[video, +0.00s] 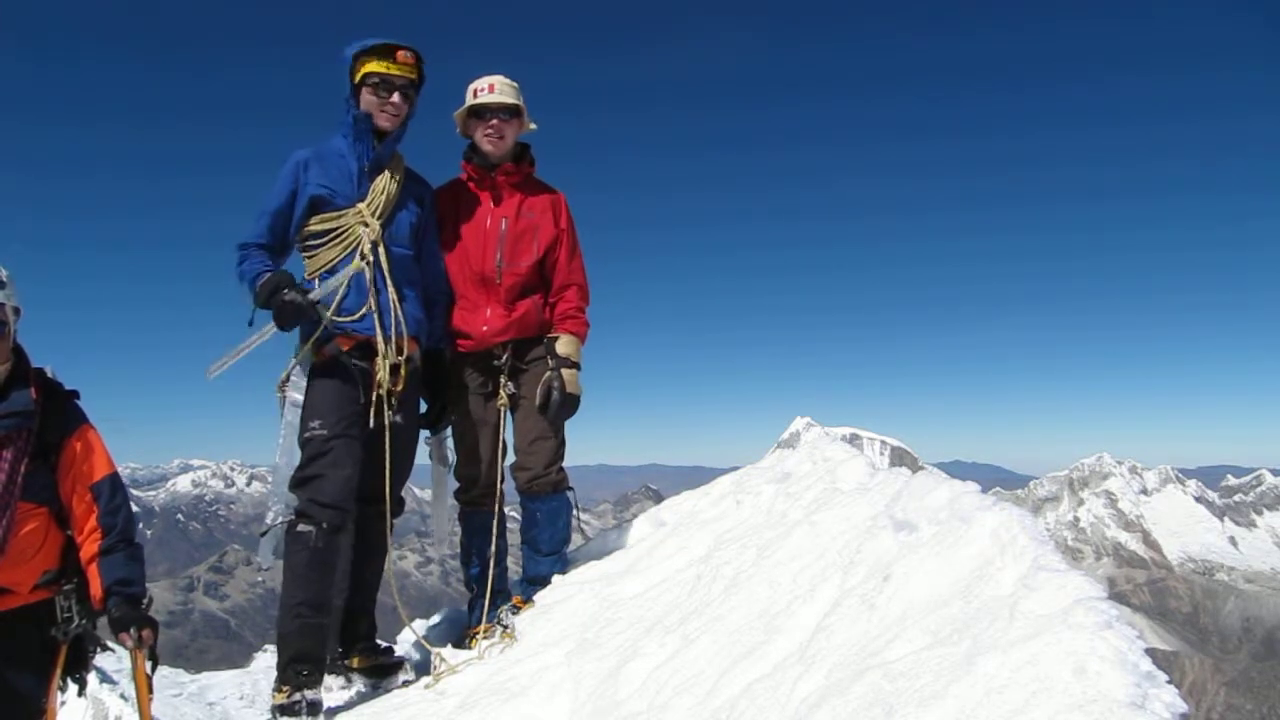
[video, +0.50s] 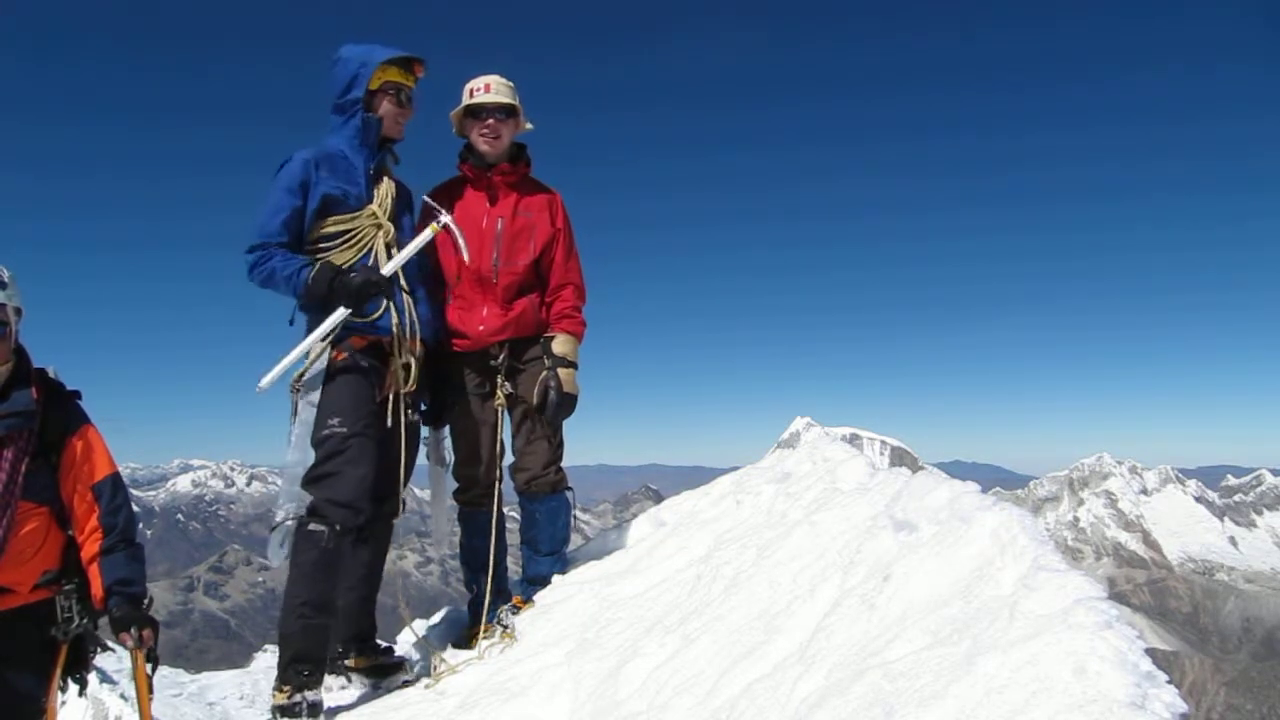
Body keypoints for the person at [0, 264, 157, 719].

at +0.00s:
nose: (0, 334)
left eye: (2, 320)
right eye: (1, 320)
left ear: (13, 323)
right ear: (8, 323)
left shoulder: (48, 410)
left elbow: (101, 508)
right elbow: (101, 508)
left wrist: (121, 597)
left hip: (25, 620)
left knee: (20, 706)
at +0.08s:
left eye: (1, 321)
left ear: (13, 324)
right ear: (7, 324)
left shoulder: (49, 411)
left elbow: (101, 509)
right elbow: (102, 509)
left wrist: (121, 597)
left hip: (24, 620)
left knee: (19, 706)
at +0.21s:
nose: (0, 334)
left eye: (2, 320)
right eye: (1, 320)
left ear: (14, 323)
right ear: (8, 323)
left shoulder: (50, 411)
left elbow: (102, 510)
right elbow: (103, 510)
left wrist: (122, 598)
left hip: (25, 620)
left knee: (20, 706)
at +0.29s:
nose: (0, 333)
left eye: (2, 320)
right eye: (1, 320)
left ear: (14, 323)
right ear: (8, 323)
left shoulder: (50, 411)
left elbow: (102, 510)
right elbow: (103, 510)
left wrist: (121, 598)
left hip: (25, 619)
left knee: (20, 705)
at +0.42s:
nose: (1, 335)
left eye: (3, 321)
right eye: (1, 321)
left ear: (14, 323)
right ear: (8, 323)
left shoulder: (50, 411)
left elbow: (102, 510)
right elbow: (103, 510)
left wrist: (122, 598)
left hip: (24, 620)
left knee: (20, 705)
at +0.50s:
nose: (1, 335)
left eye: (3, 321)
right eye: (1, 321)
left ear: (15, 323)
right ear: (8, 323)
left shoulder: (50, 411)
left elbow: (102, 510)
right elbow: (103, 511)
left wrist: (122, 598)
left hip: (24, 619)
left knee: (20, 705)